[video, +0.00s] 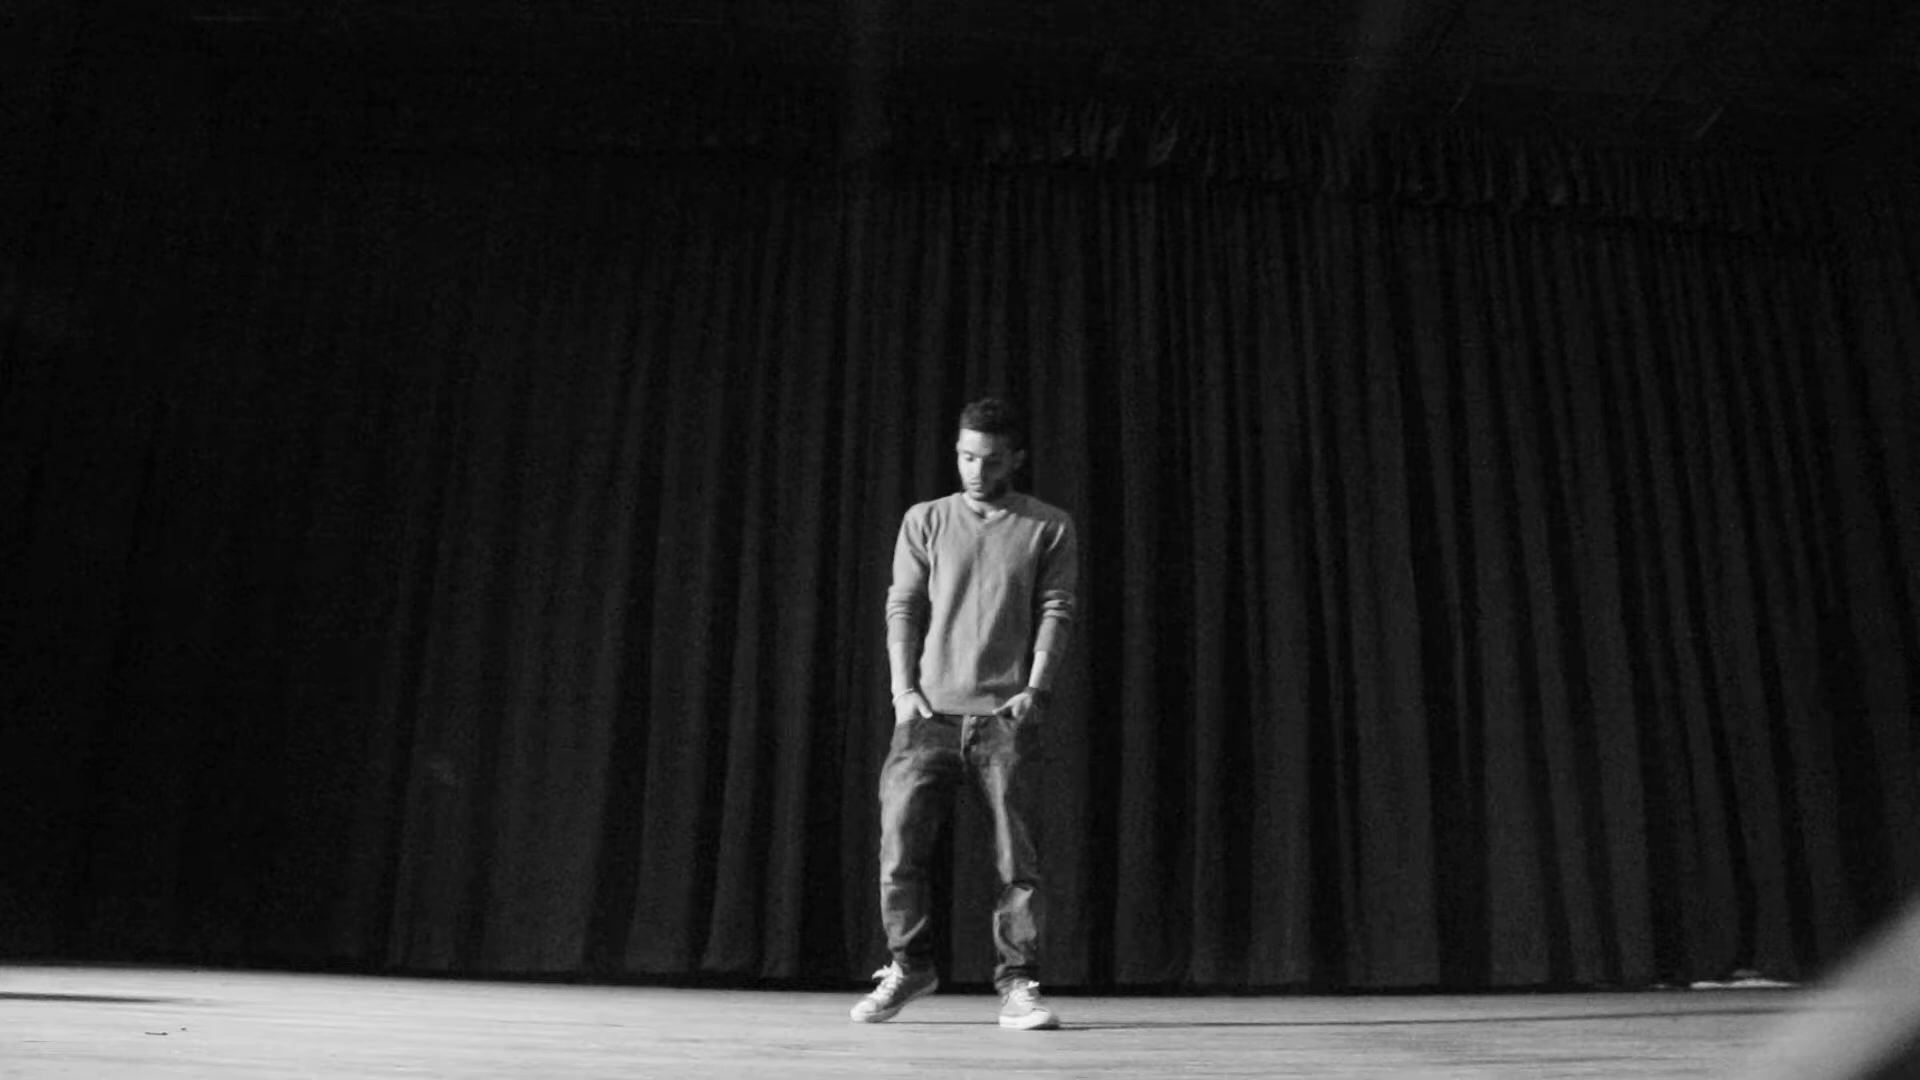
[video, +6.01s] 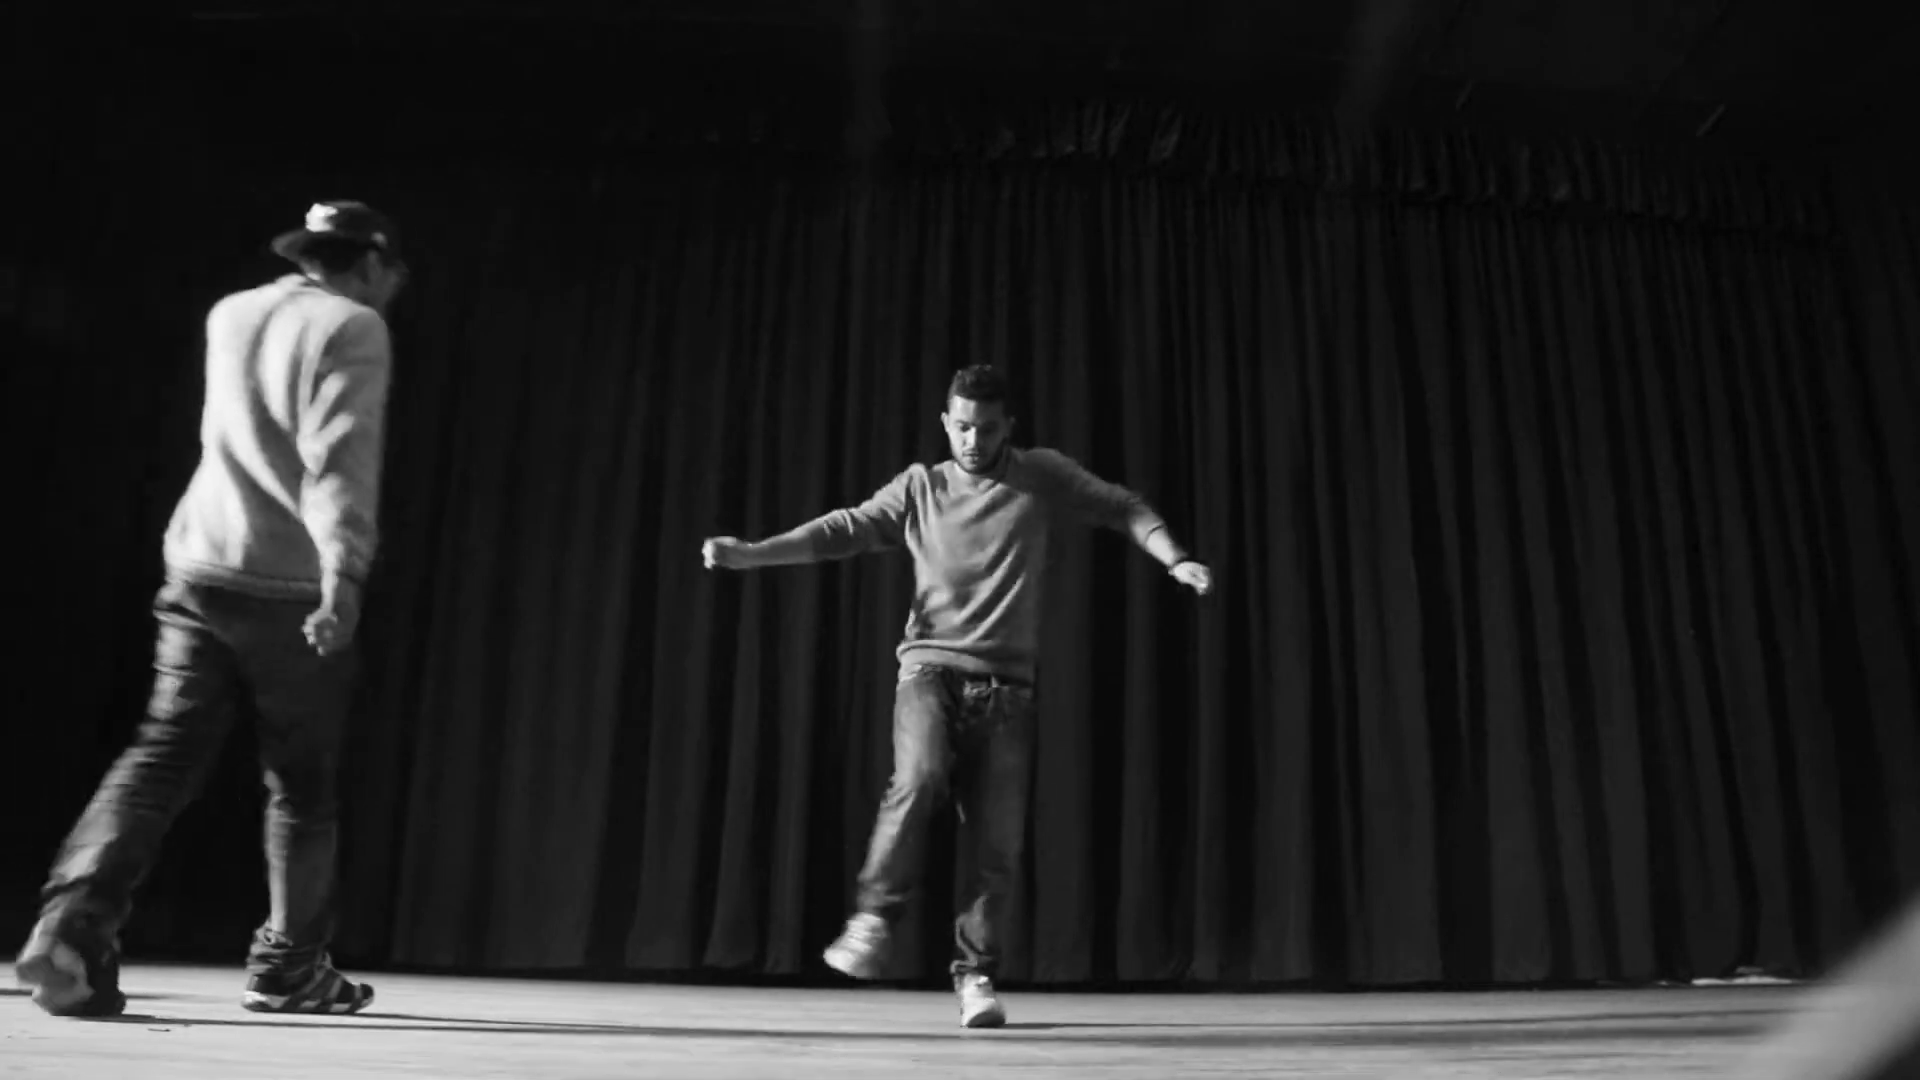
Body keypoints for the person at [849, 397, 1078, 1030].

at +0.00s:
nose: (978, 470)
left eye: (992, 459)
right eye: (969, 457)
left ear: (1016, 459)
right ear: (955, 453)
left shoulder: (1049, 528)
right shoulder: (923, 521)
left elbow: (1056, 613)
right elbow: (903, 609)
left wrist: (1034, 692)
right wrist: (902, 690)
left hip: (1004, 718)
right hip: (926, 717)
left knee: (1016, 855)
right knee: (899, 838)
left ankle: (1017, 984)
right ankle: (908, 967)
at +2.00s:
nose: (961, 491)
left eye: (973, 481)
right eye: (950, 479)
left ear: (991, 464)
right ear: (928, 454)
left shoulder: (1018, 501)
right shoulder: (886, 497)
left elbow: (1041, 590)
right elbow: (850, 586)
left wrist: (1061, 672)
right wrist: (834, 676)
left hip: (993, 704)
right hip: (909, 703)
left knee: (1014, 855)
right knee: (877, 854)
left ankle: (1032, 988)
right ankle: (850, 982)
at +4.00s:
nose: (961, 469)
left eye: (973, 456)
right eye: (949, 457)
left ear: (991, 443)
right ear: (927, 443)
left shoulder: (1027, 487)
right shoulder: (888, 491)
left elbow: (1110, 513)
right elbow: (805, 512)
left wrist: (1198, 533)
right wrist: (715, 524)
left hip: (1007, 692)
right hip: (923, 692)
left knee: (1023, 846)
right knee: (904, 841)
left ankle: (1033, 987)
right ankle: (877, 979)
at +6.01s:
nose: (974, 442)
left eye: (986, 429)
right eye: (963, 428)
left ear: (1008, 425)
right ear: (945, 423)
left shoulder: (1043, 474)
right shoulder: (919, 488)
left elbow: (1126, 510)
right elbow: (843, 528)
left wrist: (1174, 559)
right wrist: (753, 553)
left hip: (1006, 678)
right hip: (931, 666)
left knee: (997, 837)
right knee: (920, 779)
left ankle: (976, 975)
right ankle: (872, 921)